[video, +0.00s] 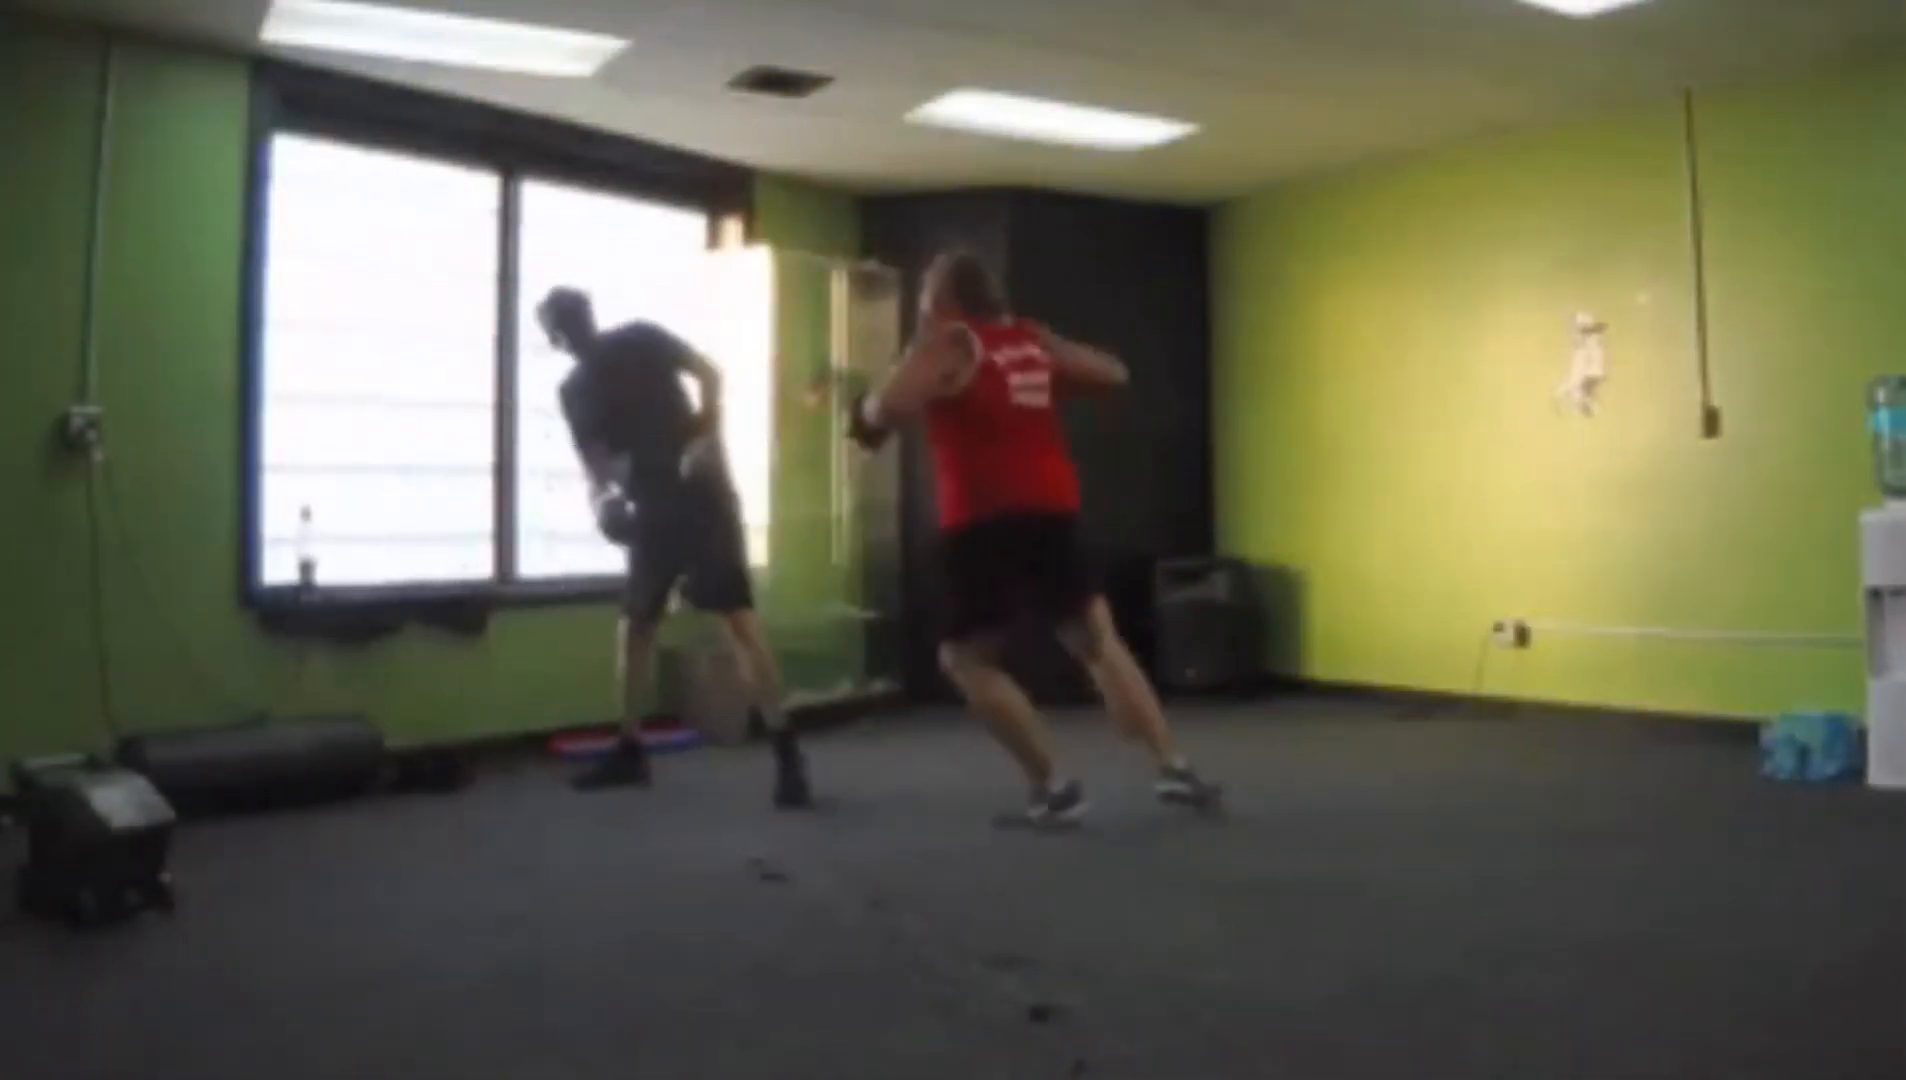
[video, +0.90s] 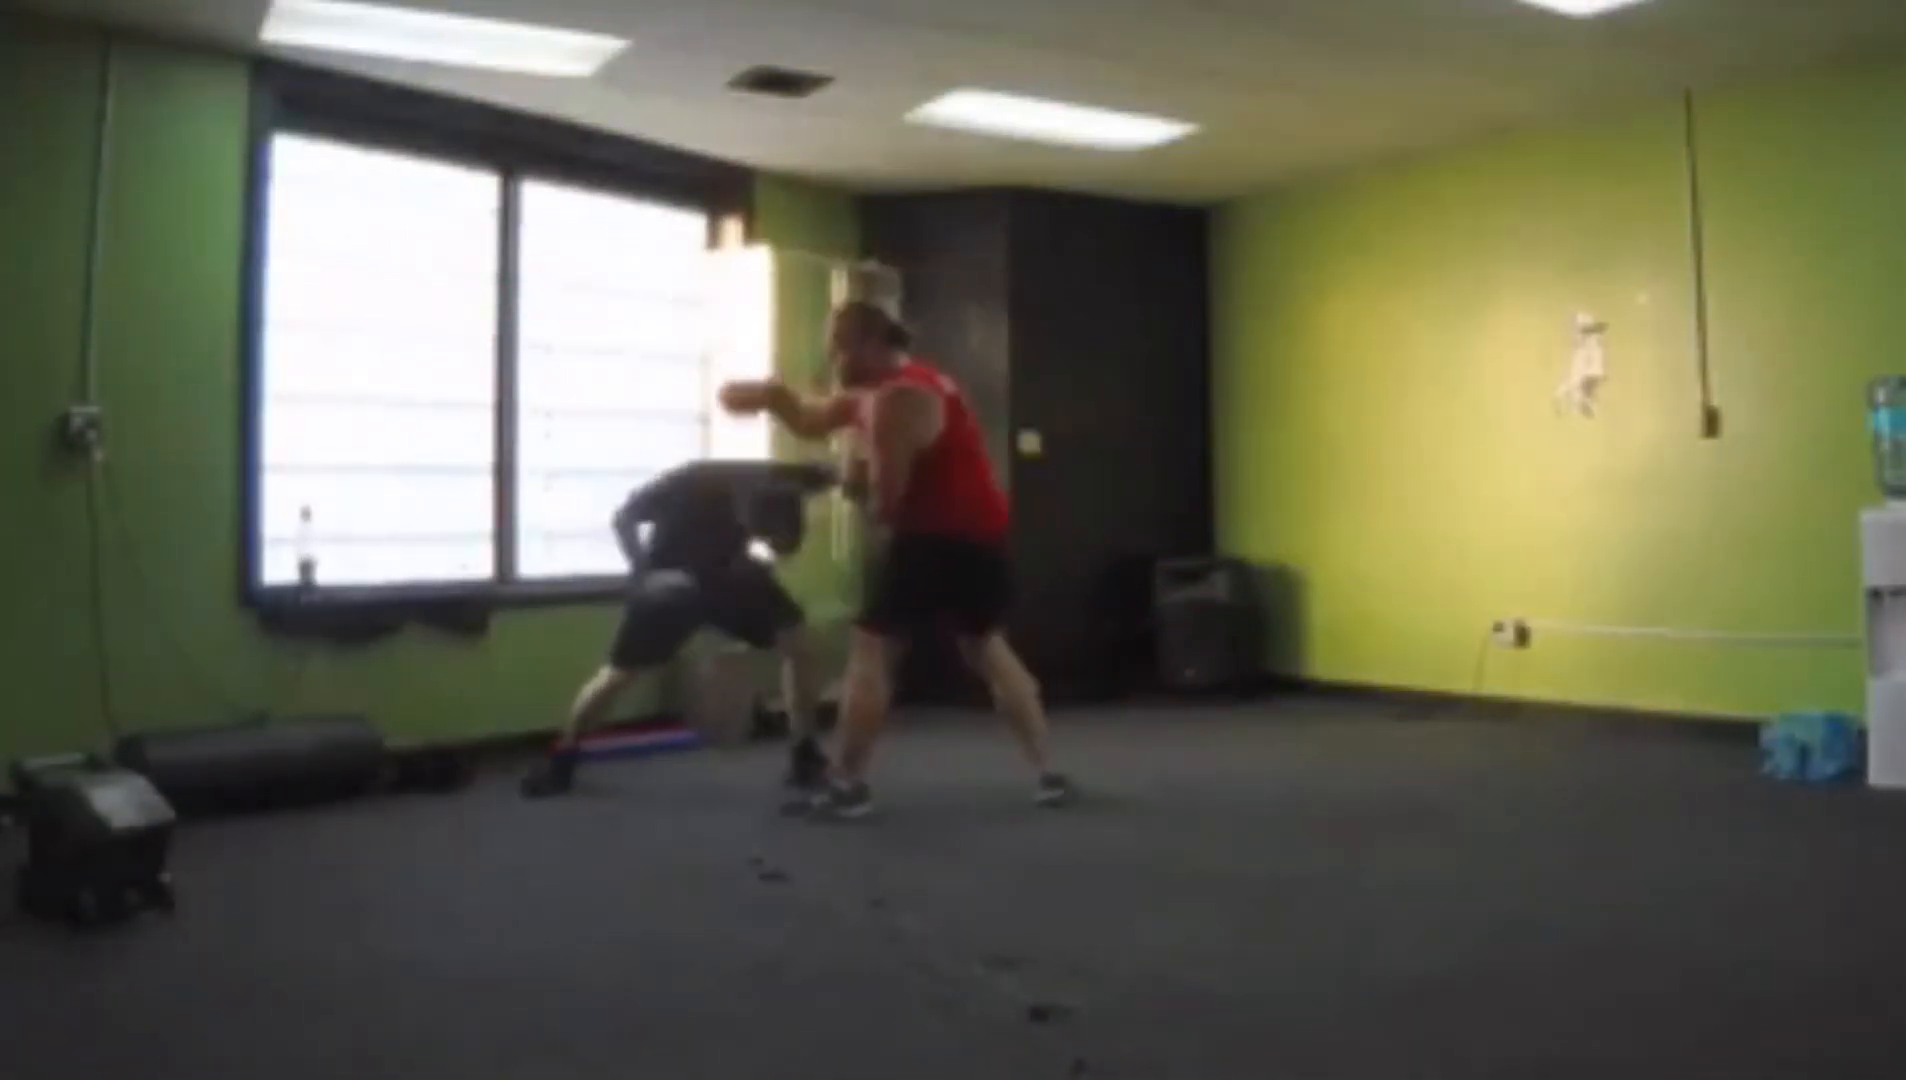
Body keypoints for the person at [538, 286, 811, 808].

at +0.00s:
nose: (565, 338)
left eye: (565, 327)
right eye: (558, 332)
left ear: (580, 319)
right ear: (558, 335)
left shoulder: (639, 339)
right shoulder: (574, 390)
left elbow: (708, 373)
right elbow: (595, 456)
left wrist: (708, 435)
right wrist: (604, 494)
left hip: (700, 483)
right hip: (648, 498)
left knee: (739, 618)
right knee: (636, 628)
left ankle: (785, 744)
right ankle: (629, 746)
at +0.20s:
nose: (626, 326)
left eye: (631, 313)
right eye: (615, 318)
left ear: (645, 311)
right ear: (605, 324)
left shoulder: (688, 349)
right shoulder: (610, 387)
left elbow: (743, 407)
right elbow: (609, 459)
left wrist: (748, 468)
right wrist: (630, 496)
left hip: (721, 497)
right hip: (663, 506)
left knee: (752, 635)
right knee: (651, 635)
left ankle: (784, 754)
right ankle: (641, 747)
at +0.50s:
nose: (643, 357)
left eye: (647, 343)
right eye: (630, 350)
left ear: (661, 333)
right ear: (618, 350)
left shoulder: (694, 363)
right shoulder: (618, 398)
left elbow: (760, 399)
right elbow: (627, 476)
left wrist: (759, 433)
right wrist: (675, 433)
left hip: (729, 524)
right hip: (669, 529)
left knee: (759, 644)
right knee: (620, 637)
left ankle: (783, 758)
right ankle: (583, 741)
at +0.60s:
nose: (630, 410)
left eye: (635, 399)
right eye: (619, 404)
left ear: (646, 384)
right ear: (608, 401)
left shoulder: (682, 395)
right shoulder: (610, 429)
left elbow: (748, 384)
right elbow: (623, 509)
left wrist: (768, 431)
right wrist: (674, 470)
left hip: (721, 543)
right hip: (662, 551)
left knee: (762, 649)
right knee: (614, 651)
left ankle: (783, 760)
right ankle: (564, 758)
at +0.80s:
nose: (689, 510)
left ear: (709, 486)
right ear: (667, 486)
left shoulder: (730, 473)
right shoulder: (642, 489)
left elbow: (776, 454)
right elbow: (611, 523)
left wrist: (812, 446)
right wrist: (624, 575)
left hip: (726, 578)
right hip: (662, 582)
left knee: (780, 653)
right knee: (608, 663)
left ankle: (806, 760)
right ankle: (561, 760)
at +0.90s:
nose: (773, 544)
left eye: (779, 542)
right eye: (770, 537)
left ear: (780, 500)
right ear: (754, 509)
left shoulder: (779, 485)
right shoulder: (695, 484)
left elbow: (822, 475)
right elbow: (624, 518)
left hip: (731, 571)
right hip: (672, 573)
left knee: (797, 641)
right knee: (620, 672)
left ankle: (805, 758)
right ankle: (561, 758)